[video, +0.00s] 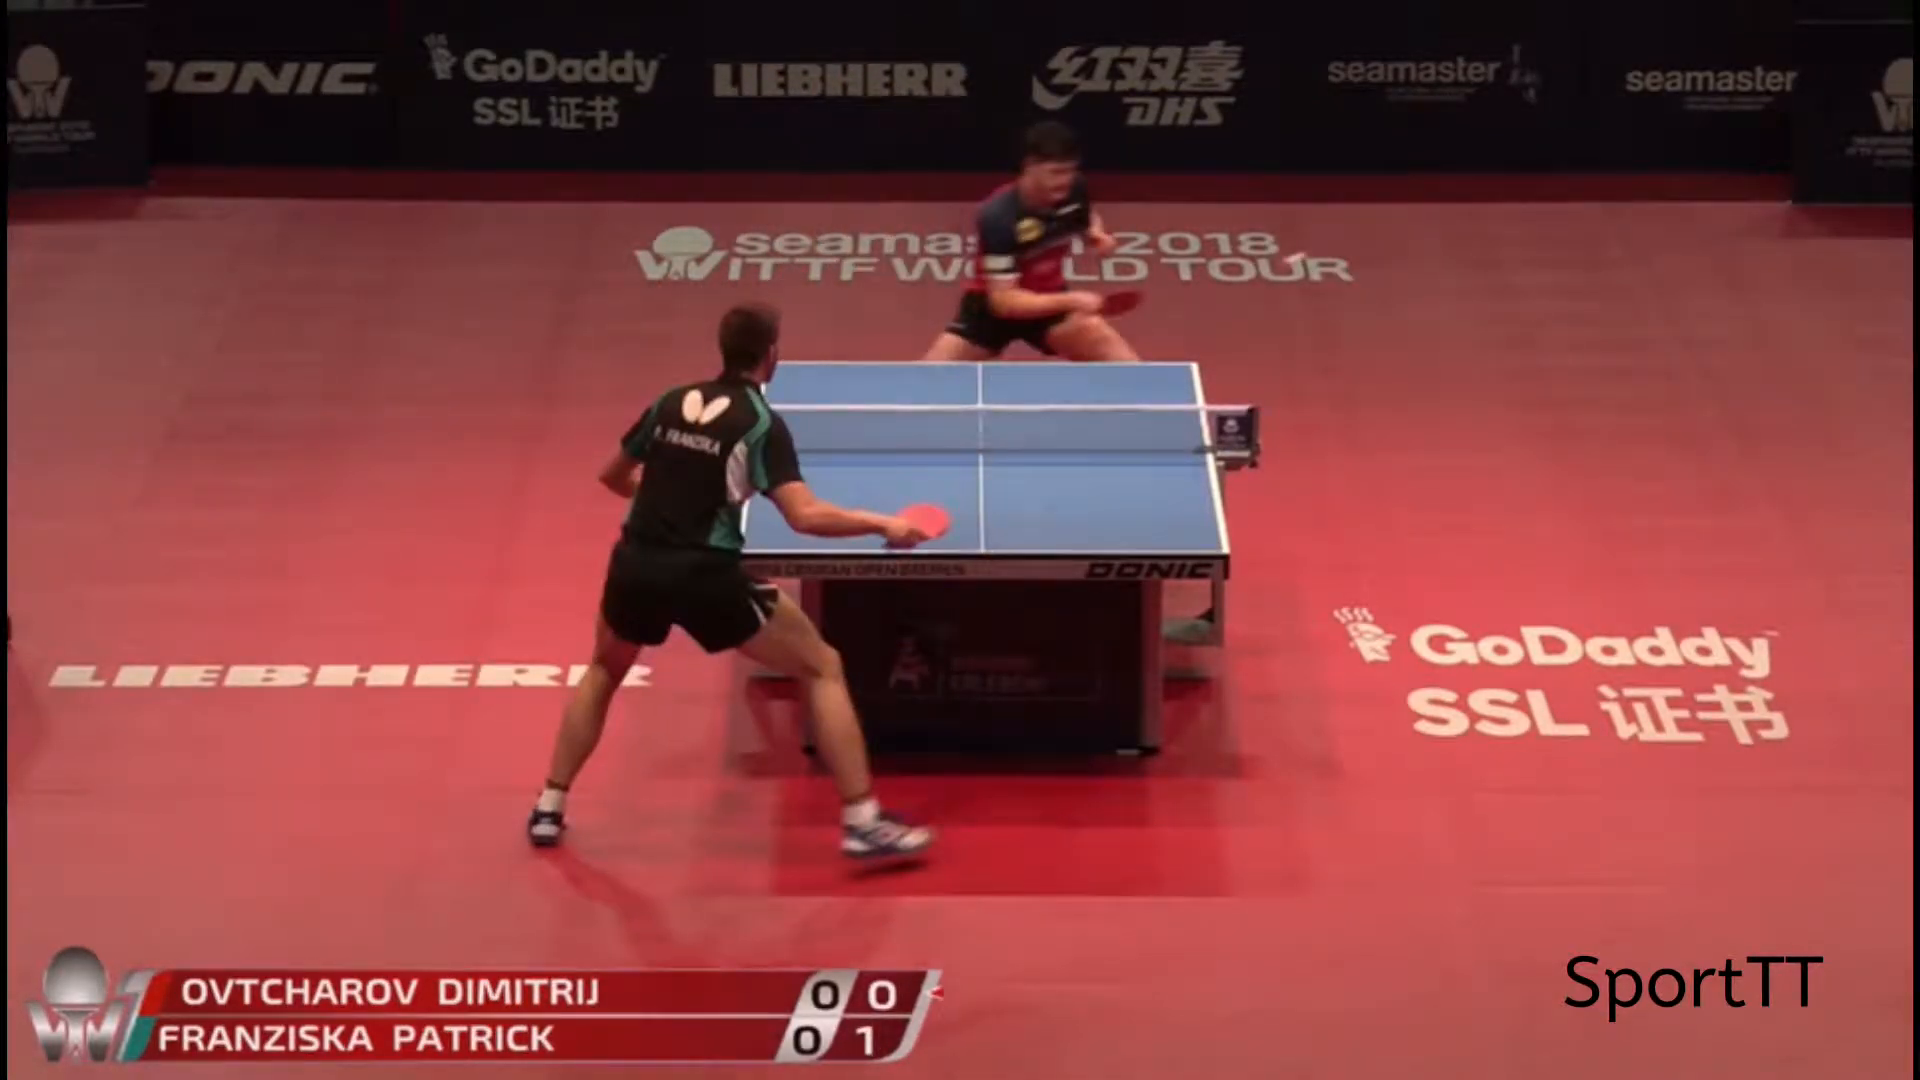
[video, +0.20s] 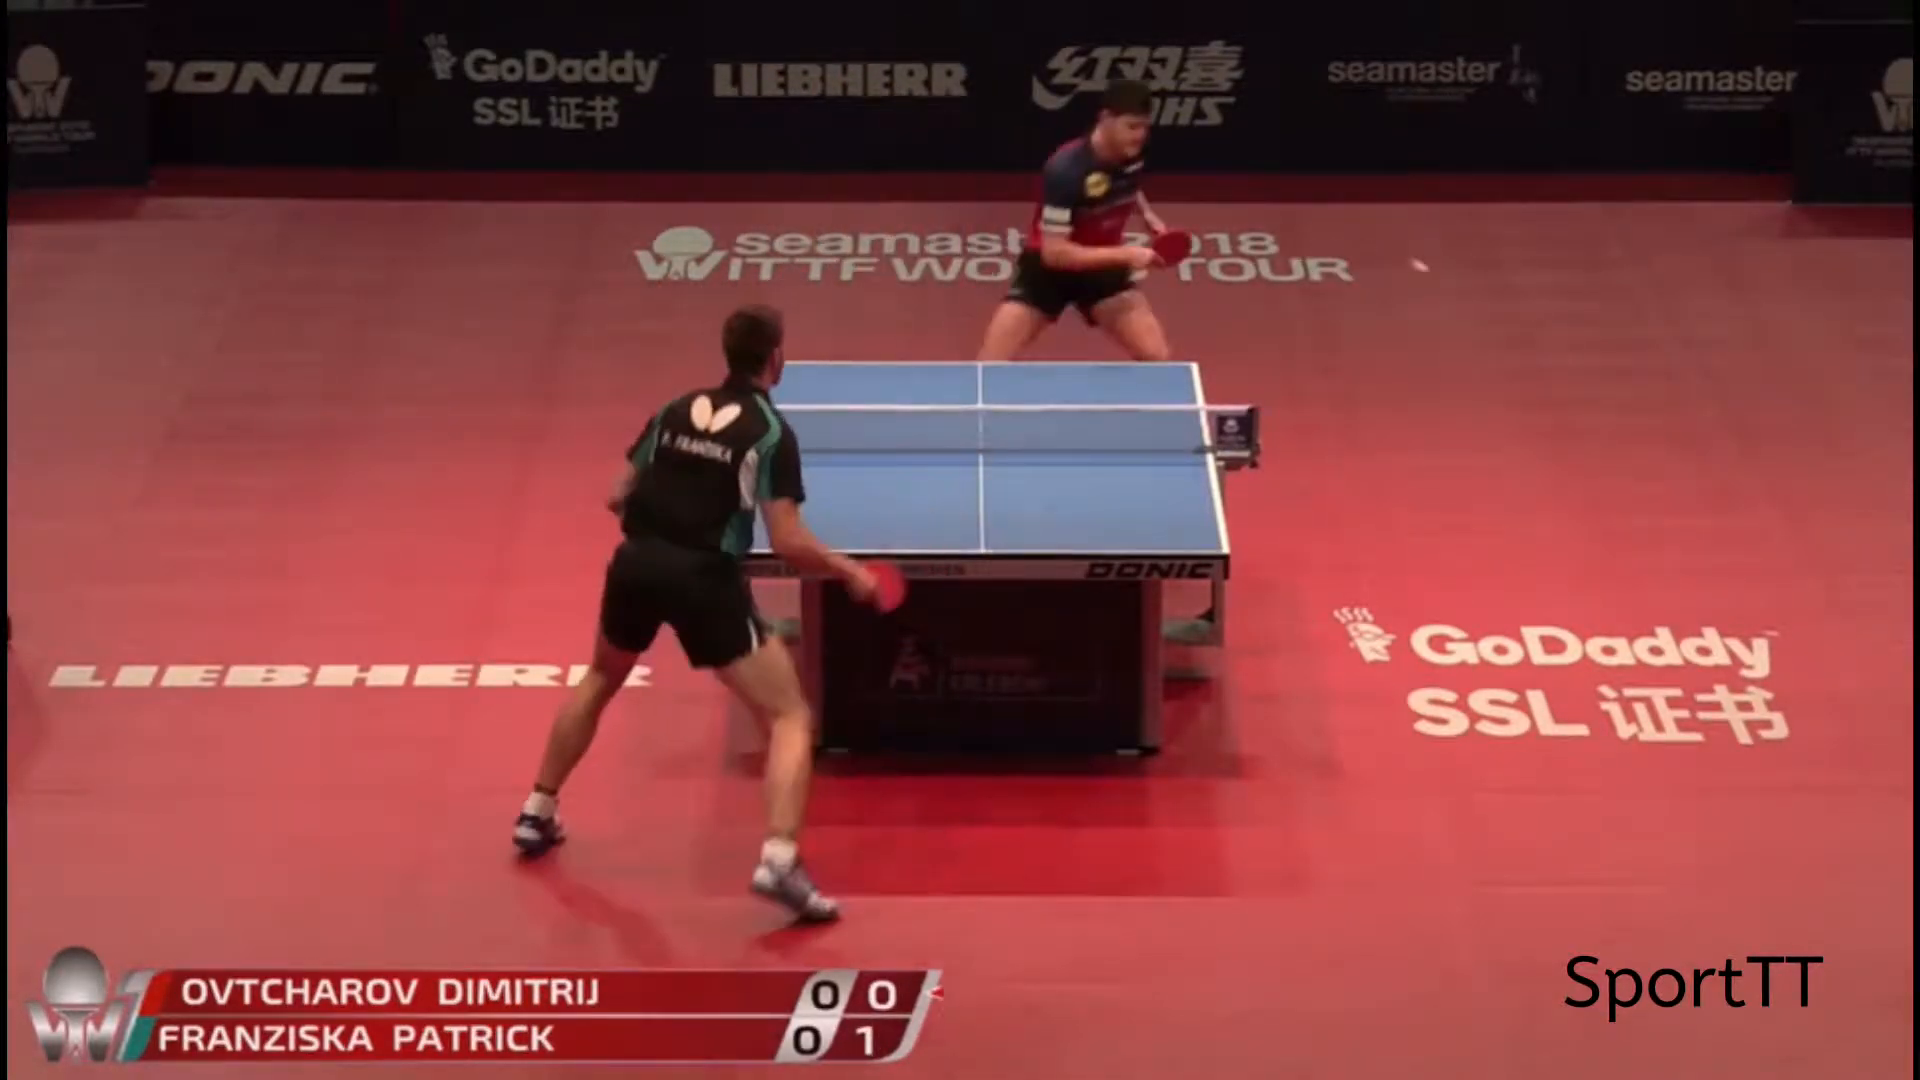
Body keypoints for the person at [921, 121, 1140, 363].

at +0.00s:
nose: (1063, 181)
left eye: (1069, 172)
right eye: (1054, 172)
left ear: (1076, 171)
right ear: (1029, 169)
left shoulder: (1074, 193)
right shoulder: (998, 216)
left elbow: (1086, 218)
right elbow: (1002, 300)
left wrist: (1096, 235)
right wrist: (1071, 301)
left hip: (1050, 306)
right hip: (988, 312)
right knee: (929, 380)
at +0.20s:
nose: (1140, 136)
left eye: (1144, 128)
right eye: (1132, 126)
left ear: (1149, 127)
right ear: (1105, 119)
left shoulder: (1132, 158)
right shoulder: (1065, 168)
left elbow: (1130, 190)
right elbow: (1053, 253)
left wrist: (1152, 221)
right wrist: (1125, 255)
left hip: (1103, 271)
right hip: (1046, 273)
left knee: (1158, 358)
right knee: (989, 367)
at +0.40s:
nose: (1193, 108)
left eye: (1196, 99)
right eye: (1185, 98)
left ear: (1195, 99)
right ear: (1157, 94)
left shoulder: (1179, 137)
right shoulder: (1111, 144)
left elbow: (1168, 178)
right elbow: (1072, 211)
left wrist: (1186, 208)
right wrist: (1127, 253)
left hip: (1159, 252)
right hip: (1105, 257)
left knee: (1229, 341)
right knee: (1091, 362)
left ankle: (1261, 444)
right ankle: (1072, 469)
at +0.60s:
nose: (1254, 88)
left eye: (1256, 78)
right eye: (1244, 78)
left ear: (1257, 79)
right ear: (1217, 77)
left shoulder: (1248, 123)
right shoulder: (1182, 131)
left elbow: (1247, 171)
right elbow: (1138, 200)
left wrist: (1269, 199)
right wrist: (1193, 232)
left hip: (1234, 248)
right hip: (1180, 251)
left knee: (1291, 341)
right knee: (1141, 356)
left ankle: (1283, 441)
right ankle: (1108, 452)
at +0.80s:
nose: (1300, 49)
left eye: (1304, 41)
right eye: (1292, 40)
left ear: (1305, 43)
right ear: (1265, 37)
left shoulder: (1295, 85)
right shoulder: (1229, 92)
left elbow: (1289, 138)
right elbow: (1199, 168)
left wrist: (1307, 174)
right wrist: (1264, 188)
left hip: (1286, 215)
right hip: (1232, 221)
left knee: (1319, 321)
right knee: (1229, 330)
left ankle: (1318, 425)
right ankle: (1221, 430)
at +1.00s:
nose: (1338, 66)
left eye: (1343, 57)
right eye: (1330, 56)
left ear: (1344, 57)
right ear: (1303, 53)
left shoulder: (1334, 100)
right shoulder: (1272, 111)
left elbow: (1320, 167)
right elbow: (1253, 188)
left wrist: (1346, 176)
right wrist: (1320, 182)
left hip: (1332, 231)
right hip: (1283, 238)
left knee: (1364, 330)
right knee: (1277, 350)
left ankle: (1399, 432)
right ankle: (1255, 431)